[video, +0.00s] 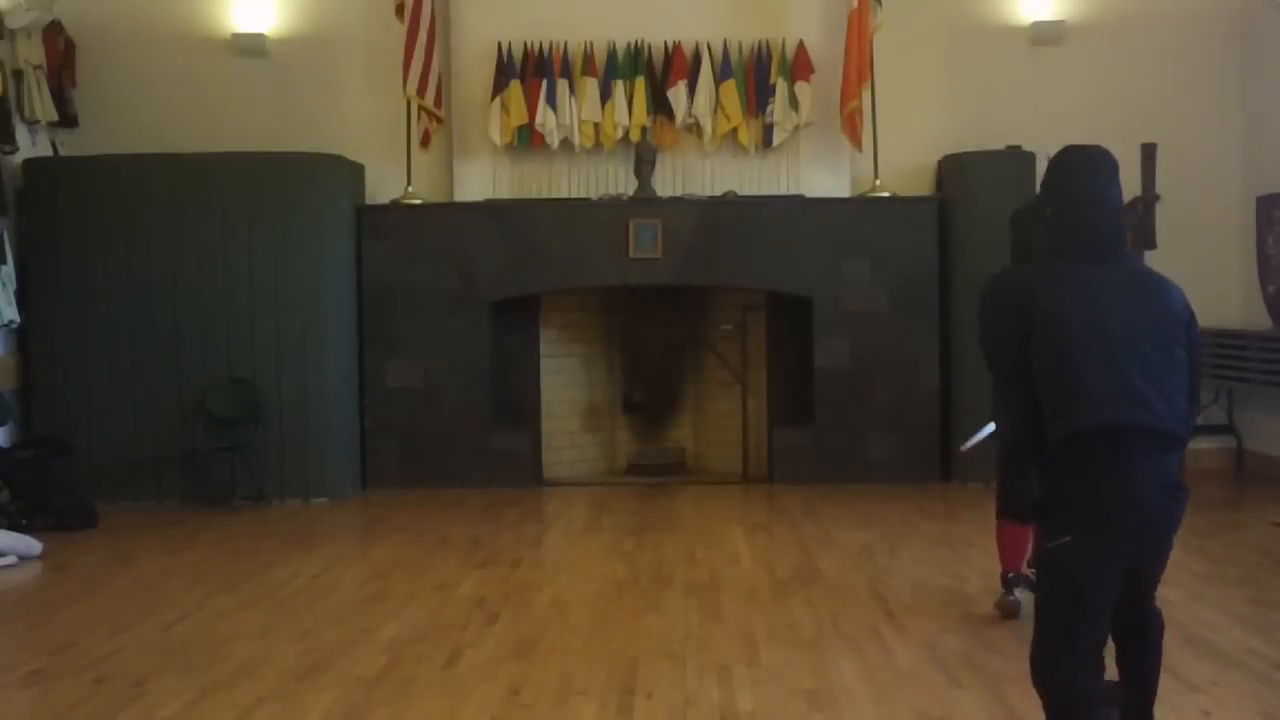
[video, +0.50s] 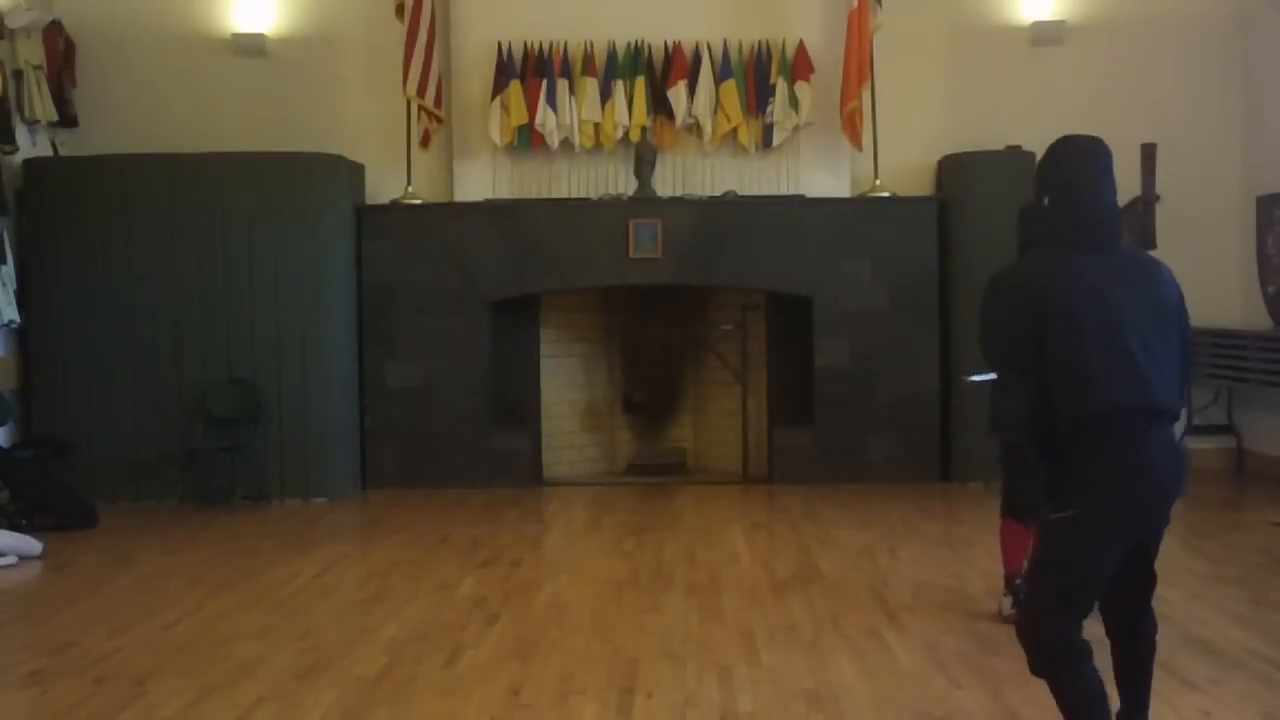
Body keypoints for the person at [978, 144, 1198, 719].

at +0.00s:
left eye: (1059, 202)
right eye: (1110, 200)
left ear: (1050, 208)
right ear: (1117, 209)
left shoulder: (1016, 290)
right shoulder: (1165, 294)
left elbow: (1017, 408)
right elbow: (1185, 405)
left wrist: (1019, 502)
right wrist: (1150, 464)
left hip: (1076, 490)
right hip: (1157, 486)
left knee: (1064, 660)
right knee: (1138, 609)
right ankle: (1138, 709)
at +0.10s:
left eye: (1047, 217)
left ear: (1052, 222)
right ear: (1118, 222)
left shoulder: (1019, 291)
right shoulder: (1166, 302)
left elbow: (1022, 409)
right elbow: (1186, 413)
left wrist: (1027, 515)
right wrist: (1149, 466)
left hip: (1084, 487)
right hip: (1163, 486)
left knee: (1083, 655)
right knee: (1138, 618)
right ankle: (1135, 709)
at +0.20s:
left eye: (1046, 218)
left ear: (1052, 223)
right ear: (1118, 222)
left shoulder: (1025, 292)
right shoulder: (1159, 299)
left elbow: (1016, 387)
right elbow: (1187, 398)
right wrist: (1155, 450)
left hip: (1099, 480)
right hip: (1170, 478)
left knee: (1085, 639)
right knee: (1138, 608)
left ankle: (1112, 708)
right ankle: (1135, 709)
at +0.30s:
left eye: (1048, 208)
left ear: (1050, 213)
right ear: (1115, 213)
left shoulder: (1023, 286)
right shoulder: (1159, 288)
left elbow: (1019, 393)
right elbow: (1186, 389)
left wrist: (1031, 505)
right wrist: (1158, 444)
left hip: (1093, 468)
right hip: (1170, 466)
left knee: (1065, 628)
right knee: (1139, 608)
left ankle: (1119, 706)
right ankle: (1133, 709)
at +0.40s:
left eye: (1055, 199)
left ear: (1049, 205)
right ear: (1112, 204)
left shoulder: (1022, 284)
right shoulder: (1158, 281)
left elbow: (1020, 400)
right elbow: (1184, 382)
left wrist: (1024, 503)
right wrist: (1161, 442)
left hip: (1090, 465)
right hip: (1164, 461)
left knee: (1056, 623)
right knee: (1136, 603)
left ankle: (1118, 707)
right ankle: (1133, 709)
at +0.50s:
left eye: (1050, 192)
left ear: (1046, 198)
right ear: (1110, 197)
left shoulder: (1019, 284)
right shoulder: (1154, 276)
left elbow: (1014, 400)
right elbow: (1180, 376)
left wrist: (1030, 496)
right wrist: (1151, 433)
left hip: (1084, 468)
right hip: (1157, 463)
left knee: (1047, 622)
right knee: (1130, 602)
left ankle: (1094, 709)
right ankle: (1134, 709)